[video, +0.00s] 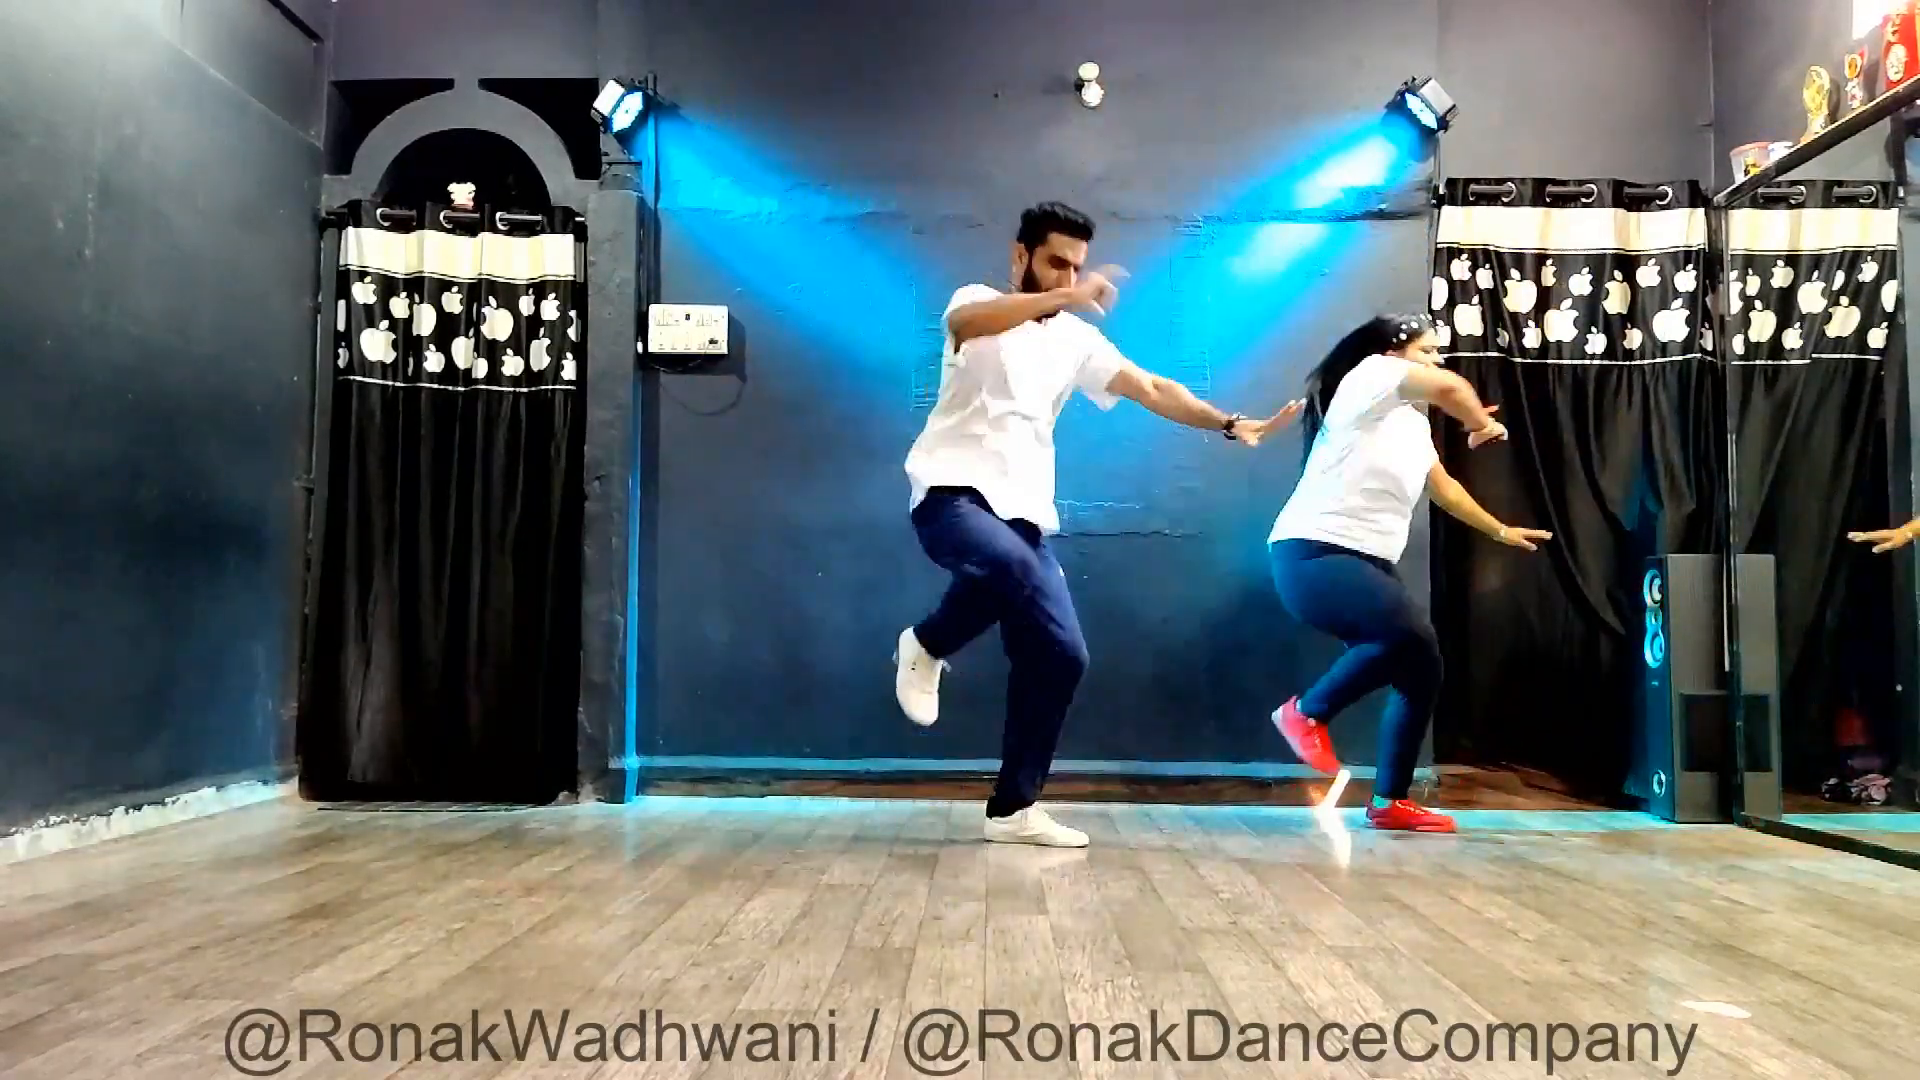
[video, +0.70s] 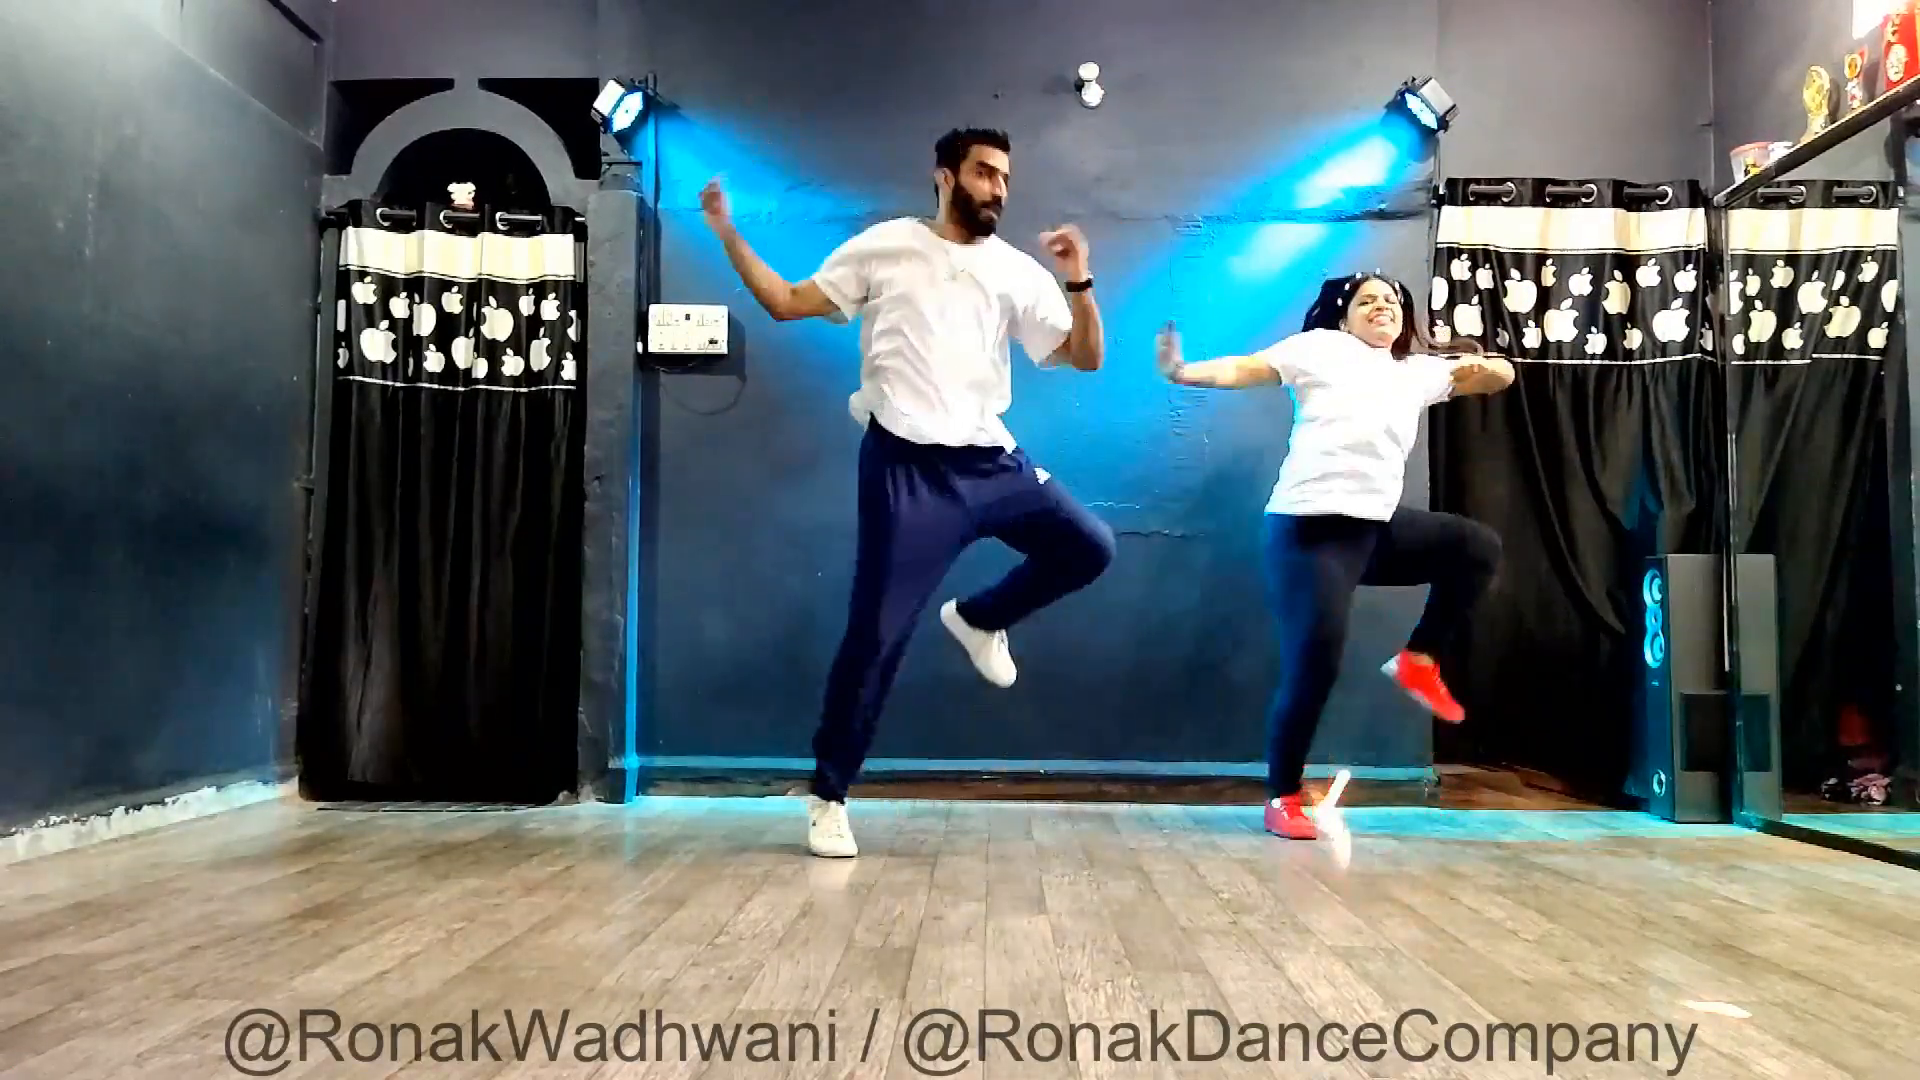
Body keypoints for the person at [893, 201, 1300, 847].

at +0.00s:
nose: (1067, 280)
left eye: (1076, 270)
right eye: (1056, 265)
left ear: (1083, 276)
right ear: (1019, 258)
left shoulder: (1078, 340)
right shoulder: (976, 301)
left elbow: (1152, 389)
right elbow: (966, 325)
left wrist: (1229, 422)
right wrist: (1064, 297)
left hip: (1024, 511)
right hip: (952, 490)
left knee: (1061, 655)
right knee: (1010, 568)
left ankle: (1012, 808)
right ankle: (925, 647)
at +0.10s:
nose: (1075, 311)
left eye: (1086, 299)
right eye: (1066, 293)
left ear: (1092, 298)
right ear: (1033, 282)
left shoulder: (1084, 363)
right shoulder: (996, 320)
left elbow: (1158, 404)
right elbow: (1002, 350)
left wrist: (1235, 433)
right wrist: (1095, 362)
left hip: (1018, 527)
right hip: (947, 509)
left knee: (1077, 663)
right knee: (1053, 545)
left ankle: (1012, 807)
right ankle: (960, 665)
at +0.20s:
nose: (1073, 314)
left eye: (1084, 304)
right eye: (1063, 297)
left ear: (1090, 308)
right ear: (1030, 290)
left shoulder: (1076, 384)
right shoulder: (992, 363)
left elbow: (1134, 445)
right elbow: (993, 467)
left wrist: (1200, 472)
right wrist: (1082, 422)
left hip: (1018, 543)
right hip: (970, 529)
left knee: (1101, 675)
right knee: (1090, 625)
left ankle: (1014, 806)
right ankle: (1038, 801)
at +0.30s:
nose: (1042, 297)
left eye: (1057, 289)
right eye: (1032, 282)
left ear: (1070, 303)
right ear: (1009, 289)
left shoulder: (1062, 389)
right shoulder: (988, 356)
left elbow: (1132, 450)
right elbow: (993, 434)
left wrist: (1211, 460)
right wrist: (1043, 363)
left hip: (1025, 552)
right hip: (983, 547)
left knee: (1104, 676)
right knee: (1094, 668)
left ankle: (1012, 811)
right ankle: (1049, 840)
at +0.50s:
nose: (1006, 196)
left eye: (1021, 187)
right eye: (994, 181)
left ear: (1035, 200)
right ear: (973, 185)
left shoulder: (1049, 259)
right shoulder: (938, 224)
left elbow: (1111, 295)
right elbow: (874, 197)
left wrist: (1159, 310)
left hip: (1027, 462)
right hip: (948, 453)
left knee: (1038, 620)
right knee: (982, 589)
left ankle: (1028, 785)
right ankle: (965, 781)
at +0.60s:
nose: (978, 163)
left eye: (994, 155)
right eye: (968, 150)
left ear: (1012, 171)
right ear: (947, 157)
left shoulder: (1034, 242)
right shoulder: (905, 218)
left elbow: (1093, 318)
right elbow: (799, 234)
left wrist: (1115, 275)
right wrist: (768, 172)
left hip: (1008, 454)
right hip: (925, 448)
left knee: (1068, 584)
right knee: (920, 600)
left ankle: (990, 688)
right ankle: (880, 760)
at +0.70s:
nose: (999, 187)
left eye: (1005, 178)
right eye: (986, 173)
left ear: (1007, 191)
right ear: (945, 176)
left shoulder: (1012, 271)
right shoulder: (889, 245)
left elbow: (1085, 355)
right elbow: (789, 300)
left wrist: (1078, 282)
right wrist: (729, 234)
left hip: (992, 460)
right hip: (907, 462)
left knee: (1087, 549)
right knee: (879, 633)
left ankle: (980, 618)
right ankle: (829, 795)